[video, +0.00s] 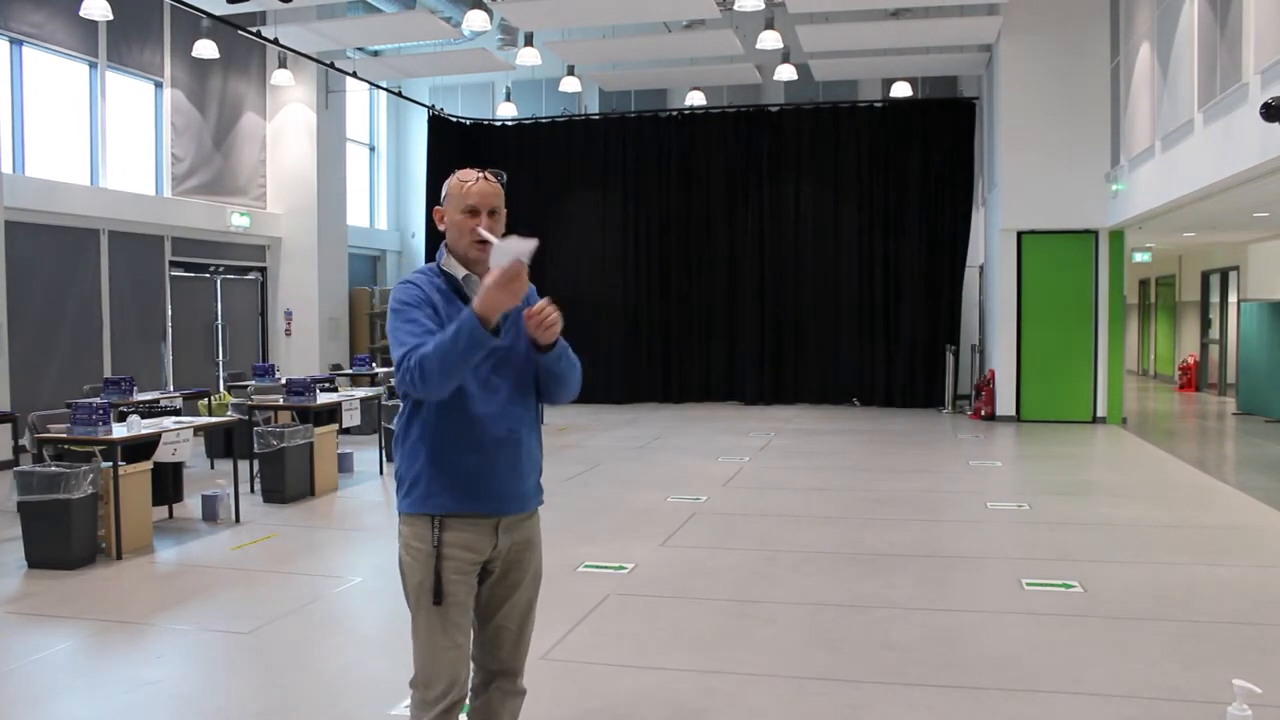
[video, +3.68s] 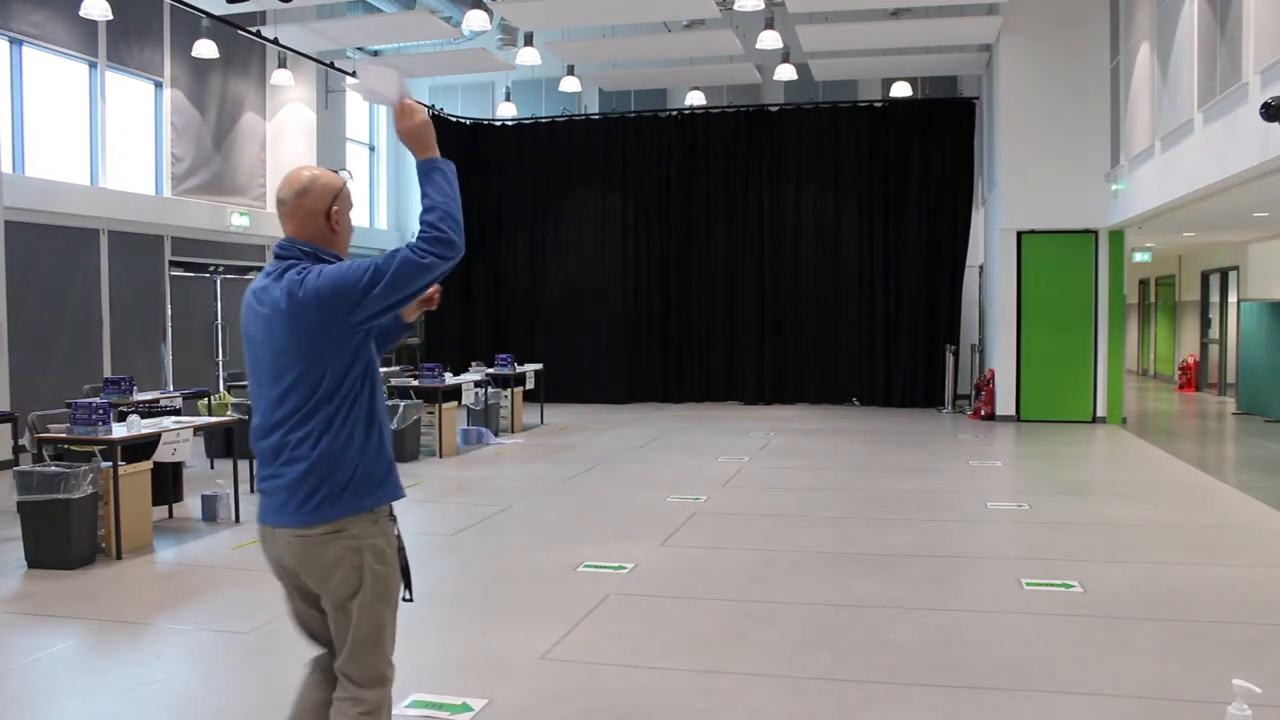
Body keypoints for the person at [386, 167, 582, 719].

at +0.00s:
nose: (484, 226)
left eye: (495, 215)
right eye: (471, 214)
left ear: (505, 222)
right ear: (441, 220)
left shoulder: (519, 290)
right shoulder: (415, 293)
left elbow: (563, 389)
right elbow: (419, 378)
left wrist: (550, 344)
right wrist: (485, 313)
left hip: (517, 514)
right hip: (440, 517)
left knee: (504, 681)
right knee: (442, 686)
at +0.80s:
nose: (442, 228)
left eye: (446, 217)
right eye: (430, 213)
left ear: (448, 220)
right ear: (385, 209)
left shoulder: (437, 295)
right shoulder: (349, 300)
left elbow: (474, 393)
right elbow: (387, 413)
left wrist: (531, 366)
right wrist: (489, 364)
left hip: (436, 527)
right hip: (369, 533)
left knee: (464, 689)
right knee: (383, 701)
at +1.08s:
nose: (424, 229)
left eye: (426, 216)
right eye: (415, 213)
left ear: (372, 210)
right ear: (368, 206)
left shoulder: (378, 289)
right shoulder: (340, 296)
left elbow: (426, 375)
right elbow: (395, 419)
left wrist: (501, 363)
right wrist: (491, 368)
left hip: (390, 527)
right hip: (349, 533)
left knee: (397, 686)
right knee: (369, 700)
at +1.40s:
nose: (392, 232)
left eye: (392, 217)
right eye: (386, 215)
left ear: (344, 211)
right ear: (349, 208)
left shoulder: (306, 283)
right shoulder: (334, 297)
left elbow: (382, 380)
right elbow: (391, 417)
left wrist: (457, 351)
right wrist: (467, 364)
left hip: (301, 525)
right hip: (332, 533)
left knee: (314, 690)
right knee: (367, 700)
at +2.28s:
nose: (333, 216)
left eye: (331, 204)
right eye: (331, 204)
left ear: (264, 210)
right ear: (317, 208)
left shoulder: (226, 286)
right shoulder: (323, 295)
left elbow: (285, 379)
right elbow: (380, 402)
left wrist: (367, 349)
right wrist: (406, 344)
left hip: (235, 524)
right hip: (311, 533)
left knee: (268, 690)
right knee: (341, 693)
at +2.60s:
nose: (329, 212)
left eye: (328, 201)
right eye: (326, 202)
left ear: (257, 211)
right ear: (308, 208)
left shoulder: (218, 287)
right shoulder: (322, 290)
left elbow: (262, 370)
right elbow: (424, 326)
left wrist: (345, 365)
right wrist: (427, 249)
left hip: (230, 523)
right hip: (311, 528)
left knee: (261, 689)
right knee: (341, 689)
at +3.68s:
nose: (353, 214)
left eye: (348, 201)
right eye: (346, 203)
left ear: (291, 220)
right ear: (330, 217)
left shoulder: (260, 294)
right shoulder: (332, 288)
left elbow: (335, 350)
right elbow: (441, 245)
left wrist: (401, 316)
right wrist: (428, 154)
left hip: (280, 525)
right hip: (345, 525)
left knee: (333, 659)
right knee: (365, 685)